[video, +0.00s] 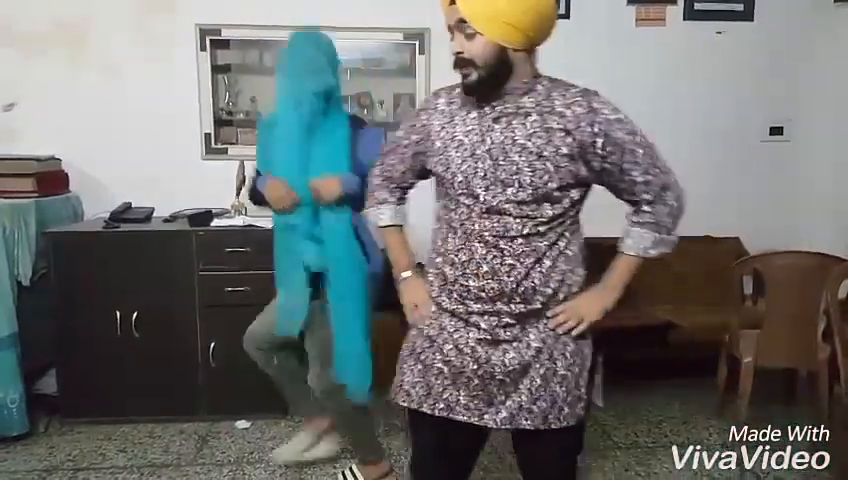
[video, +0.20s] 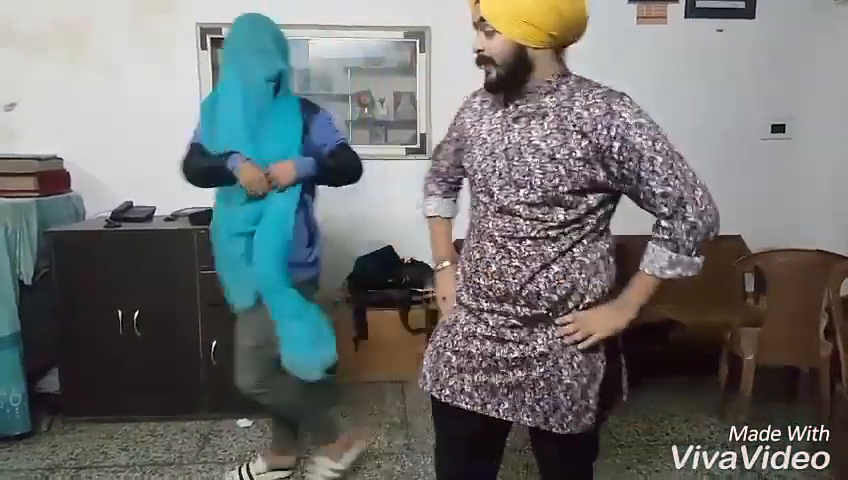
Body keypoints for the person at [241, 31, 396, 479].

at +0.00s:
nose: (301, 85)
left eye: (310, 74)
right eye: (294, 75)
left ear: (328, 74)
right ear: (283, 76)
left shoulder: (356, 132)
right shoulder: (277, 131)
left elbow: (391, 184)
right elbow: (257, 181)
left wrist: (348, 186)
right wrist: (266, 188)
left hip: (346, 272)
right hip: (302, 273)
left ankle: (376, 466)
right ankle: (318, 427)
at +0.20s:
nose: (255, 74)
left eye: (263, 63)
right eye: (246, 64)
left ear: (278, 62)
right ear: (232, 64)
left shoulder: (302, 113)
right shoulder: (220, 112)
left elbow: (349, 165)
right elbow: (192, 167)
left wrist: (299, 168)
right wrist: (235, 167)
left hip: (293, 257)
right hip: (241, 258)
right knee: (281, 363)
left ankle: (333, 437)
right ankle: (282, 452)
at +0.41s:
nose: (217, 91)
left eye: (226, 81)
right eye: (208, 81)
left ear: (245, 77)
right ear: (196, 78)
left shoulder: (275, 127)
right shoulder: (183, 122)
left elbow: (314, 184)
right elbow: (156, 184)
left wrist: (267, 182)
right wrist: (192, 173)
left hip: (257, 270)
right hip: (195, 269)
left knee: (222, 381)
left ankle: (234, 470)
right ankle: (241, 422)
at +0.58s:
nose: (193, 122)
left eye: (203, 111)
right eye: (185, 110)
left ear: (225, 109)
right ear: (176, 107)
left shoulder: (257, 159)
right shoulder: (166, 157)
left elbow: (291, 223)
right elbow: (139, 226)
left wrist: (228, 203)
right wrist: (165, 207)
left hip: (240, 313)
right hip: (178, 308)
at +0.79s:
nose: (175, 110)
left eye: (185, 100)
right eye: (166, 100)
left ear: (207, 90)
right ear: (151, 91)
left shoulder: (241, 140)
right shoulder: (140, 137)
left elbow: (281, 204)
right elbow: (101, 202)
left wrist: (221, 158)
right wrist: (128, 154)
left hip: (212, 315)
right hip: (145, 314)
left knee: (194, 450)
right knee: (149, 453)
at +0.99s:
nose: (170, 126)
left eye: (181, 115)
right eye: (159, 115)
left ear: (202, 102)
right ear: (142, 101)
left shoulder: (238, 157)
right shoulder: (131, 156)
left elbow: (274, 224)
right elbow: (90, 226)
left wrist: (222, 163)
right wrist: (120, 153)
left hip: (212, 344)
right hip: (138, 340)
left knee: (190, 465)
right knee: (135, 466)